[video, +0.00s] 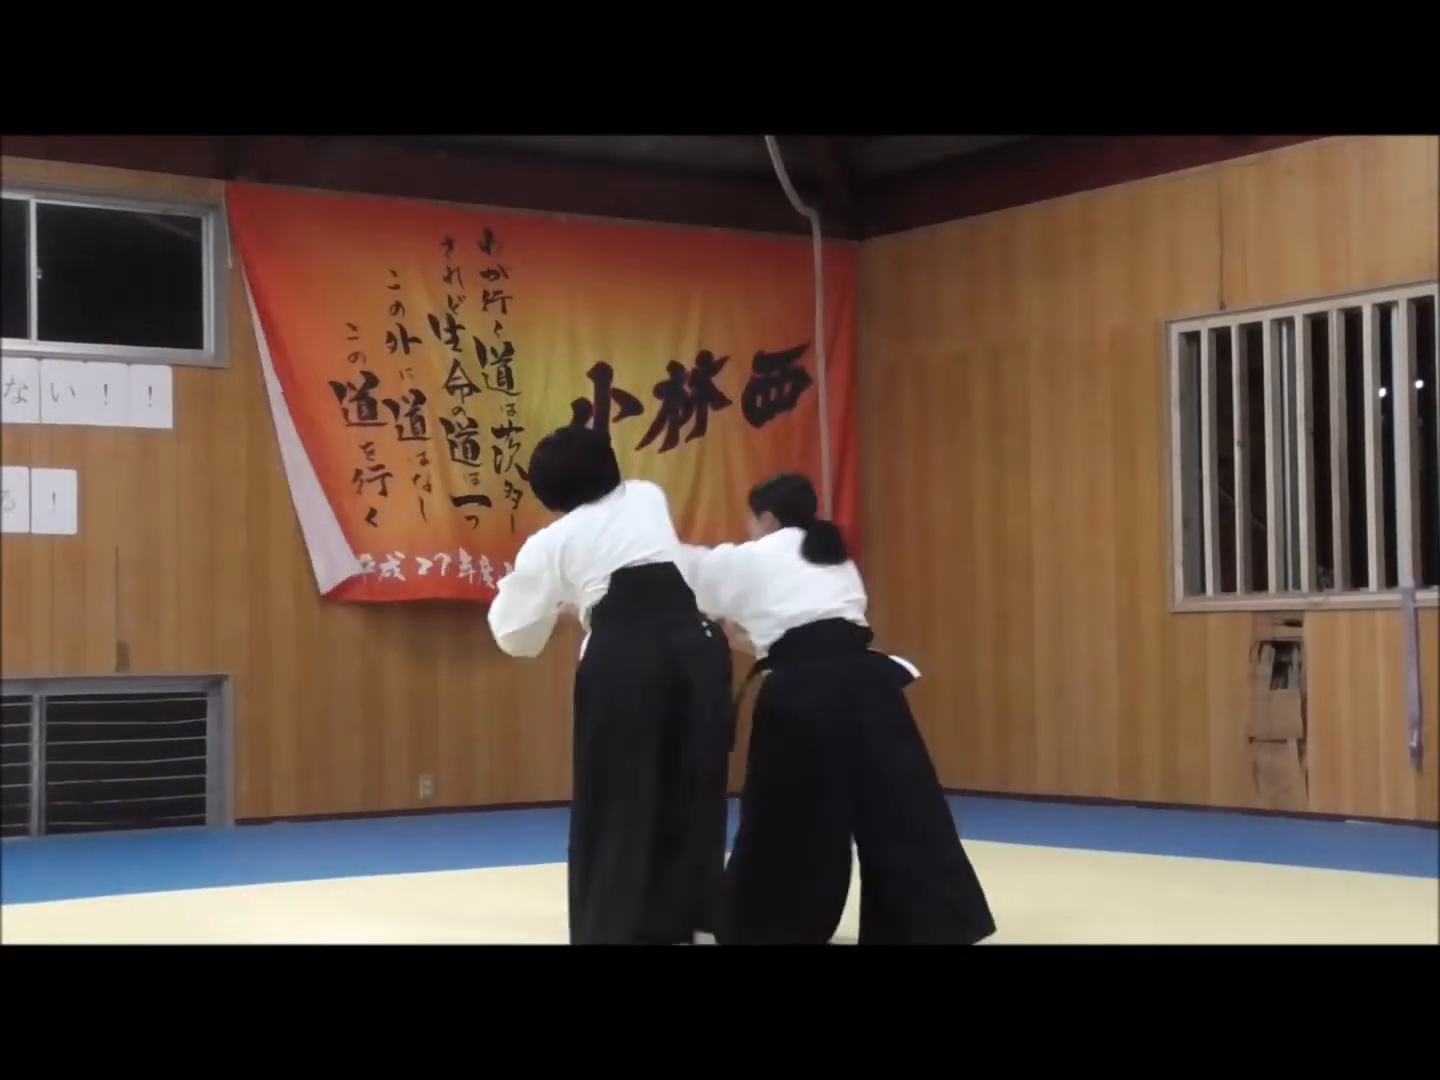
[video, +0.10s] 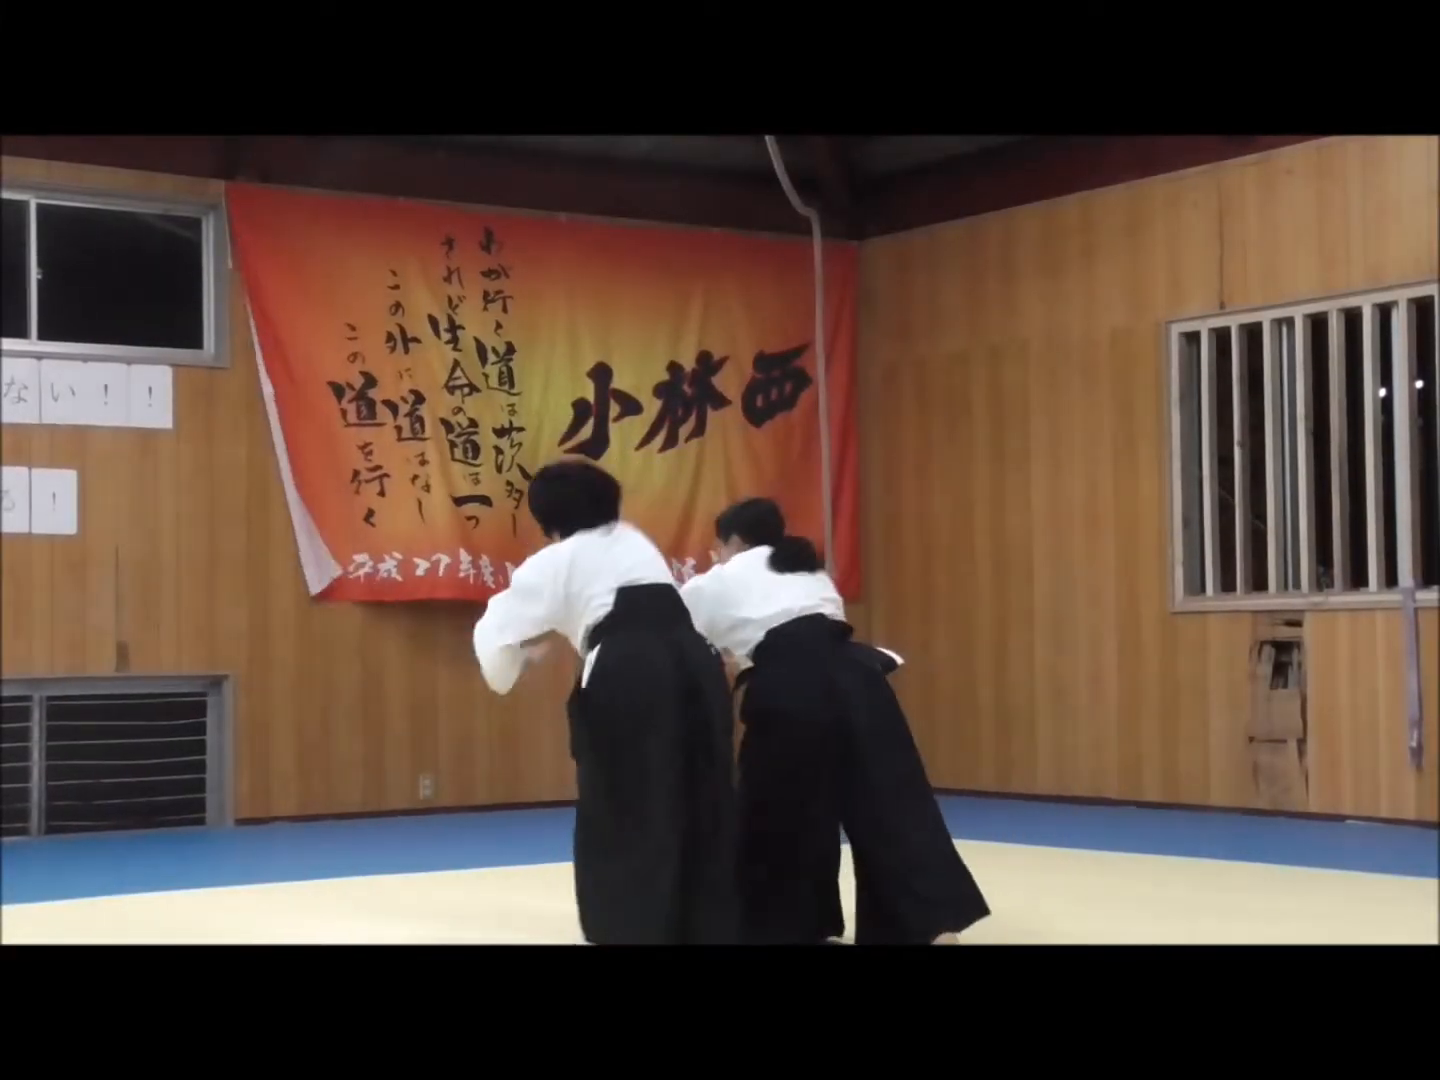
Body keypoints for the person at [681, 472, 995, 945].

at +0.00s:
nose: (751, 527)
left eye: (754, 518)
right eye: (752, 519)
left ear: (769, 518)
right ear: (807, 515)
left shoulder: (748, 561)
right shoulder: (835, 554)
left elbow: (680, 563)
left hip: (799, 690)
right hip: (868, 683)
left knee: (786, 821)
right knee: (898, 812)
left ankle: (772, 931)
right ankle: (929, 928)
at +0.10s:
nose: (715, 555)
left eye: (717, 546)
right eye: (716, 546)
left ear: (733, 543)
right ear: (775, 538)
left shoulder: (714, 584)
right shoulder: (805, 566)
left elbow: (661, 629)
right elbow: (830, 623)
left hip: (785, 690)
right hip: (857, 679)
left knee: (779, 820)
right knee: (890, 804)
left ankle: (785, 929)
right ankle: (935, 922)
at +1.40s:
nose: (814, 505)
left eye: (818, 495)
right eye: (816, 495)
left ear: (836, 496)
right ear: (875, 494)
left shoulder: (824, 541)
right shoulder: (909, 541)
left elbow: (745, 574)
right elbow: (905, 605)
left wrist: (716, 529)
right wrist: (823, 621)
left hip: (858, 683)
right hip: (930, 682)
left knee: (812, 808)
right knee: (924, 813)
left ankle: (770, 924)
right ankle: (930, 926)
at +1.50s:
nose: (843, 498)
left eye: (845, 488)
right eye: (844, 489)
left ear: (863, 487)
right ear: (903, 486)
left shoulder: (851, 536)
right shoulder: (939, 538)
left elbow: (776, 578)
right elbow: (935, 603)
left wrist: (746, 539)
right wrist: (852, 621)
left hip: (883, 685)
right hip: (958, 684)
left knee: (839, 805)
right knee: (939, 816)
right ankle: (932, 929)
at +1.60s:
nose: (862, 488)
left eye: (865, 478)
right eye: (862, 478)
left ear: (885, 477)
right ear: (920, 476)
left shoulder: (874, 530)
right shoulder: (962, 532)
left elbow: (807, 582)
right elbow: (962, 598)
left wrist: (769, 554)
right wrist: (876, 613)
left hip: (902, 680)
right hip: (976, 680)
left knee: (855, 799)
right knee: (951, 813)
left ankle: (831, 925)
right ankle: (936, 930)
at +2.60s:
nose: (972, 449)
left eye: (974, 438)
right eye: (971, 438)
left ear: (997, 438)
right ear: (1032, 436)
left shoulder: (998, 504)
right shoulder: (1080, 496)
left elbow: (976, 597)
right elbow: (1098, 588)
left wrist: (956, 684)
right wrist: (1095, 651)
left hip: (1028, 667)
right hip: (1093, 663)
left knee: (1011, 812)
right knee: (1087, 809)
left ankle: (1014, 930)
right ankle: (1086, 930)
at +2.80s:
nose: (990, 448)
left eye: (993, 437)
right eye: (990, 437)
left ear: (1014, 438)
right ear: (1055, 435)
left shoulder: (1008, 505)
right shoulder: (1101, 501)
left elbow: (981, 596)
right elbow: (1118, 591)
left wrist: (957, 682)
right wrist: (1114, 654)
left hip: (1038, 667)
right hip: (1108, 662)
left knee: (1015, 808)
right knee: (1097, 808)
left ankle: (1011, 928)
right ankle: (1097, 930)